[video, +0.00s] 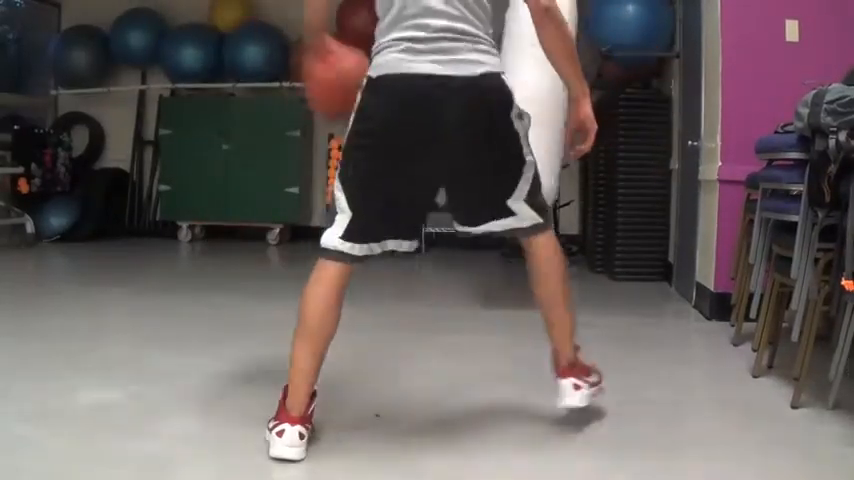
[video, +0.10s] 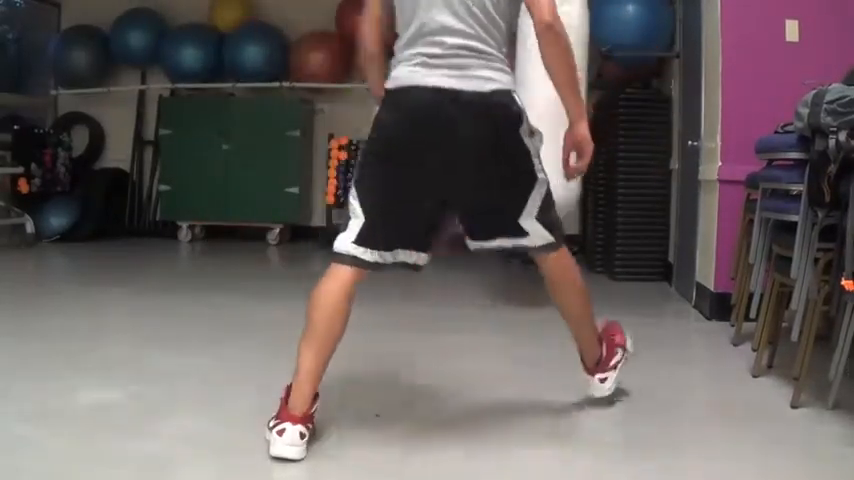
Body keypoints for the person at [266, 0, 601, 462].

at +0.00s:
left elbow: (320, 5)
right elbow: (544, 12)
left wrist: (317, 43)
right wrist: (579, 91)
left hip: (393, 88)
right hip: (479, 90)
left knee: (336, 254)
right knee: (535, 229)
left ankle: (292, 415)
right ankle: (569, 368)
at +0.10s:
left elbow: (371, 42)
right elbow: (547, 20)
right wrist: (578, 117)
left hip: (406, 111)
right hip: (489, 113)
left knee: (347, 263)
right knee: (548, 245)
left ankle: (294, 415)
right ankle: (596, 359)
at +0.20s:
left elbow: (428, 57)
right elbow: (551, 56)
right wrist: (569, 156)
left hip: (432, 138)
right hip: (510, 142)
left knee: (368, 275)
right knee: (563, 261)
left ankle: (298, 412)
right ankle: (607, 366)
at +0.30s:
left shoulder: (488, 4)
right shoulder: (577, 6)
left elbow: (480, 74)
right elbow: (565, 82)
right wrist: (572, 181)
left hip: (463, 145)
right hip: (532, 149)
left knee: (399, 279)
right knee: (599, 246)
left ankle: (313, 388)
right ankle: (615, 368)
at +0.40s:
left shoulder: (520, 10)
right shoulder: (596, 7)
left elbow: (508, 80)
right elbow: (587, 65)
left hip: (479, 132)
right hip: (544, 136)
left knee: (445, 268)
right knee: (606, 242)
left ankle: (353, 348)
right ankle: (614, 369)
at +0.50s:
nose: (626, 19)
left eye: (630, 16)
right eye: (625, 13)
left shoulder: (532, 10)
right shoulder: (600, 3)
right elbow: (624, 41)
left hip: (483, 125)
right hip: (548, 128)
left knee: (458, 256)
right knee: (608, 250)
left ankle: (391, 326)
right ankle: (615, 368)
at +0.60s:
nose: (628, 22)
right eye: (628, 14)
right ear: (606, 1)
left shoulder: (534, 12)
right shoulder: (610, 4)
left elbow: (491, 81)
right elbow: (639, 52)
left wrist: (465, 150)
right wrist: (709, 107)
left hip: (488, 128)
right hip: (549, 130)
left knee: (462, 237)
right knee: (608, 244)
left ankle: (408, 322)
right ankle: (614, 367)